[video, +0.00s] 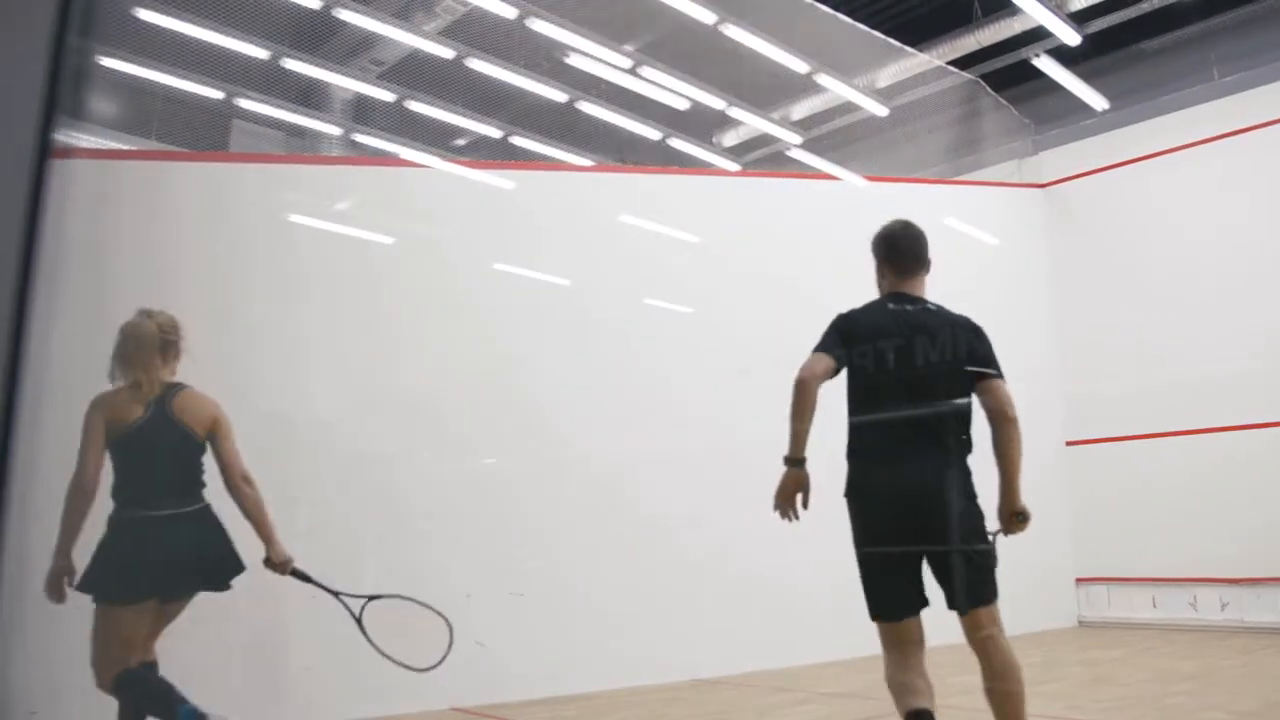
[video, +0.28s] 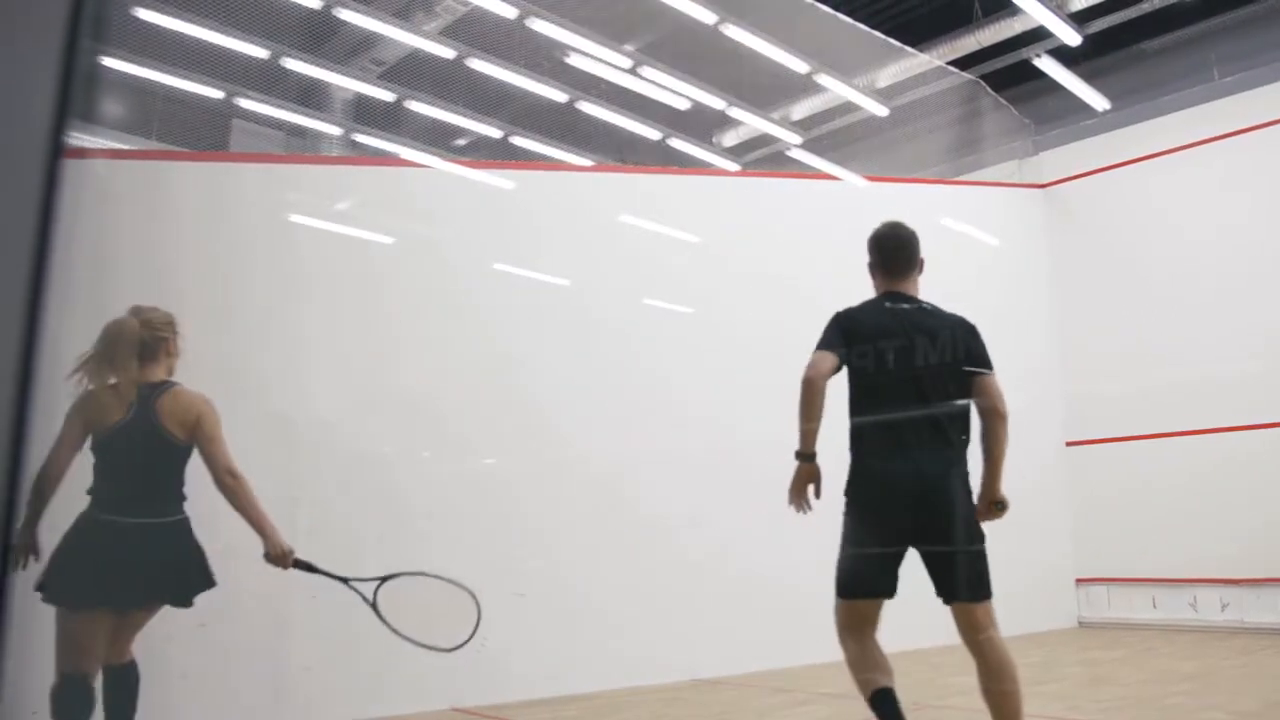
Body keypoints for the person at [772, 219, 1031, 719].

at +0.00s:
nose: (880, 273)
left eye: (878, 266)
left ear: (877, 268)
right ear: (928, 267)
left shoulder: (851, 326)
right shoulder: (962, 330)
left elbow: (807, 377)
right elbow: (1004, 413)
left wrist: (795, 462)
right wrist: (1011, 495)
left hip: (877, 510)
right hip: (950, 506)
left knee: (902, 648)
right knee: (987, 633)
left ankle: (919, 713)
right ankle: (1012, 716)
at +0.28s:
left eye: (877, 266)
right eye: (920, 264)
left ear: (871, 269)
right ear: (921, 267)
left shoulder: (850, 323)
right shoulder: (959, 329)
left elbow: (814, 376)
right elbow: (994, 409)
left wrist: (806, 456)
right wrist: (992, 487)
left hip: (875, 502)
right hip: (946, 501)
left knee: (856, 629)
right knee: (981, 631)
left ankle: (891, 715)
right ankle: (1010, 715)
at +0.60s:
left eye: (839, 278)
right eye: (882, 274)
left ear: (838, 281)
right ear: (888, 278)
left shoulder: (827, 333)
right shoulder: (929, 335)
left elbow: (808, 392)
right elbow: (968, 412)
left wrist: (797, 470)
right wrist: (955, 480)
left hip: (861, 508)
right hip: (931, 507)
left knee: (807, 625)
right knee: (974, 637)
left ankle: (794, 717)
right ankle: (1006, 718)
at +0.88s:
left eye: (797, 293)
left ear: (798, 296)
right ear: (846, 293)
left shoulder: (790, 349)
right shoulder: (886, 349)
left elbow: (778, 421)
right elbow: (921, 428)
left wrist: (768, 498)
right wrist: (893, 484)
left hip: (828, 518)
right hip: (897, 516)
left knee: (771, 635)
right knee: (952, 639)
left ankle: (754, 718)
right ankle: (1000, 717)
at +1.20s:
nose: (758, 296)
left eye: (753, 291)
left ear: (754, 294)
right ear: (802, 291)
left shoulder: (752, 344)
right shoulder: (840, 347)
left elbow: (751, 423)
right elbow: (859, 435)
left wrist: (738, 496)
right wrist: (836, 485)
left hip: (797, 509)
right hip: (860, 508)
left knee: (752, 629)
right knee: (896, 624)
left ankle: (750, 719)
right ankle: (958, 716)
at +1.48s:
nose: (780, 296)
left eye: (742, 292)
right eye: (784, 289)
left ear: (737, 293)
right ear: (784, 292)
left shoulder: (740, 338)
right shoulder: (811, 345)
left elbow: (741, 407)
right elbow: (808, 436)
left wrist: (720, 483)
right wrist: (749, 473)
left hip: (788, 501)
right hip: (845, 498)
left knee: (750, 629)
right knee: (855, 617)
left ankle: (752, 719)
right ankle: (915, 715)